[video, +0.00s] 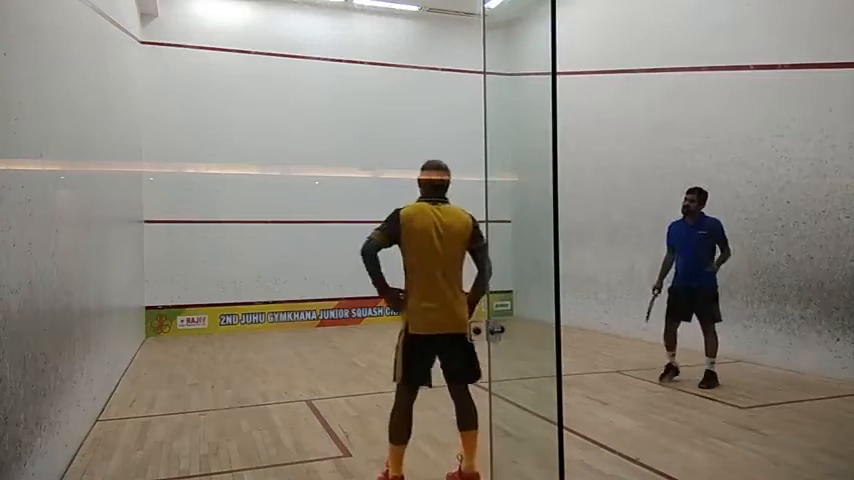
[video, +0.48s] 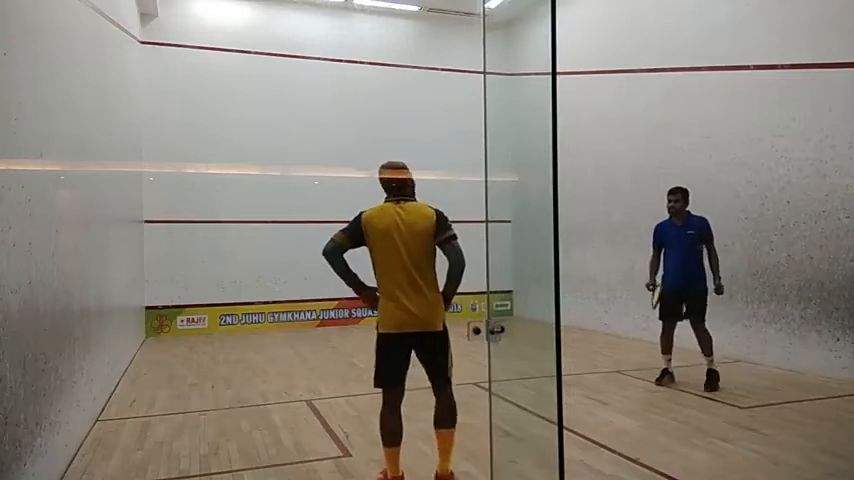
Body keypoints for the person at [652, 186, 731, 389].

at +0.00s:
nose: (686, 203)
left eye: (691, 201)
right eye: (685, 200)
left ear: (701, 205)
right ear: (683, 201)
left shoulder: (713, 226)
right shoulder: (675, 227)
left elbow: (725, 251)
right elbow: (670, 255)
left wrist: (715, 266)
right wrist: (660, 280)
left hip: (704, 286)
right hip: (680, 285)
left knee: (708, 328)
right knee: (670, 325)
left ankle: (710, 371)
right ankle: (671, 365)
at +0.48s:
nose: (672, 205)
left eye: (676, 201)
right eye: (670, 201)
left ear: (686, 203)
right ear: (666, 203)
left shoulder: (700, 224)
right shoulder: (661, 229)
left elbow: (711, 252)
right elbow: (656, 255)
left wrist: (716, 278)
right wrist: (652, 278)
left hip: (695, 286)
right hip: (670, 287)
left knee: (698, 325)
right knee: (667, 326)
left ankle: (711, 369)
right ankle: (667, 370)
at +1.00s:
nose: (690, 204)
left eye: (695, 200)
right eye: (687, 200)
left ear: (704, 202)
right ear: (683, 203)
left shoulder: (718, 227)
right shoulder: (676, 226)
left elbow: (724, 258)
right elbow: (670, 256)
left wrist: (726, 288)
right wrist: (671, 272)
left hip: (706, 290)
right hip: (681, 289)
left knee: (709, 331)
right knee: (671, 328)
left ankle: (713, 373)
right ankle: (669, 368)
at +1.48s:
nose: (690, 206)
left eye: (693, 202)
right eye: (685, 203)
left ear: (700, 202)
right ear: (680, 205)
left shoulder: (715, 227)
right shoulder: (673, 226)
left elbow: (714, 259)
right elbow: (668, 254)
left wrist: (701, 283)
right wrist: (676, 252)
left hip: (702, 287)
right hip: (676, 287)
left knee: (706, 332)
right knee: (665, 328)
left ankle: (712, 373)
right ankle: (670, 366)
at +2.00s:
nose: (647, 212)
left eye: (650, 208)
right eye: (645, 209)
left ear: (663, 207)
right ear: (644, 210)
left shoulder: (683, 225)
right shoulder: (645, 234)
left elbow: (683, 258)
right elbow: (654, 260)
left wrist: (655, 270)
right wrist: (683, 246)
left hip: (685, 288)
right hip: (660, 288)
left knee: (697, 333)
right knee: (643, 327)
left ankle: (711, 373)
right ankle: (640, 377)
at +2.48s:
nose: (597, 206)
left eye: (600, 203)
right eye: (598, 202)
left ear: (609, 206)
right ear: (611, 205)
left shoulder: (617, 225)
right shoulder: (617, 223)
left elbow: (630, 250)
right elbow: (620, 242)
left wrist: (642, 275)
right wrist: (636, 240)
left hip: (630, 288)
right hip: (625, 287)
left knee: (623, 331)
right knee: (622, 331)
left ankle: (656, 370)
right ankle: (635, 377)